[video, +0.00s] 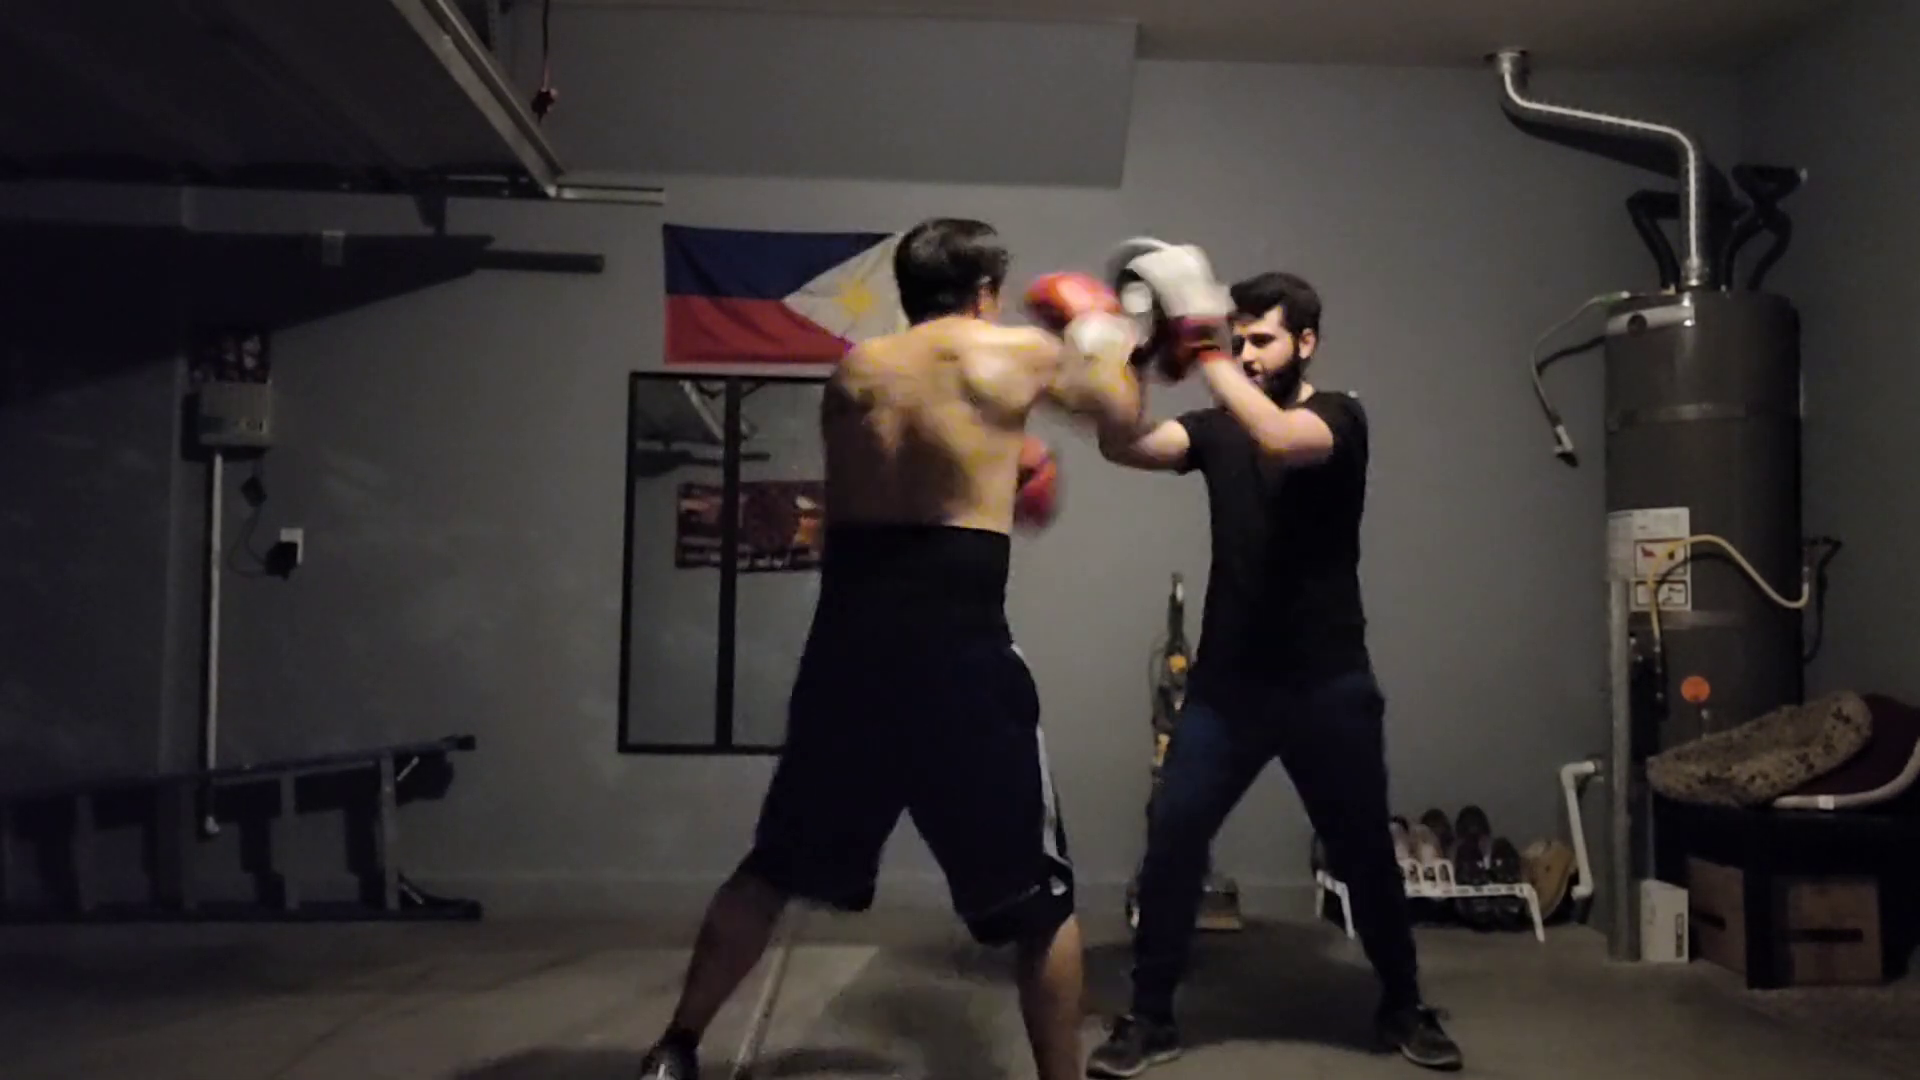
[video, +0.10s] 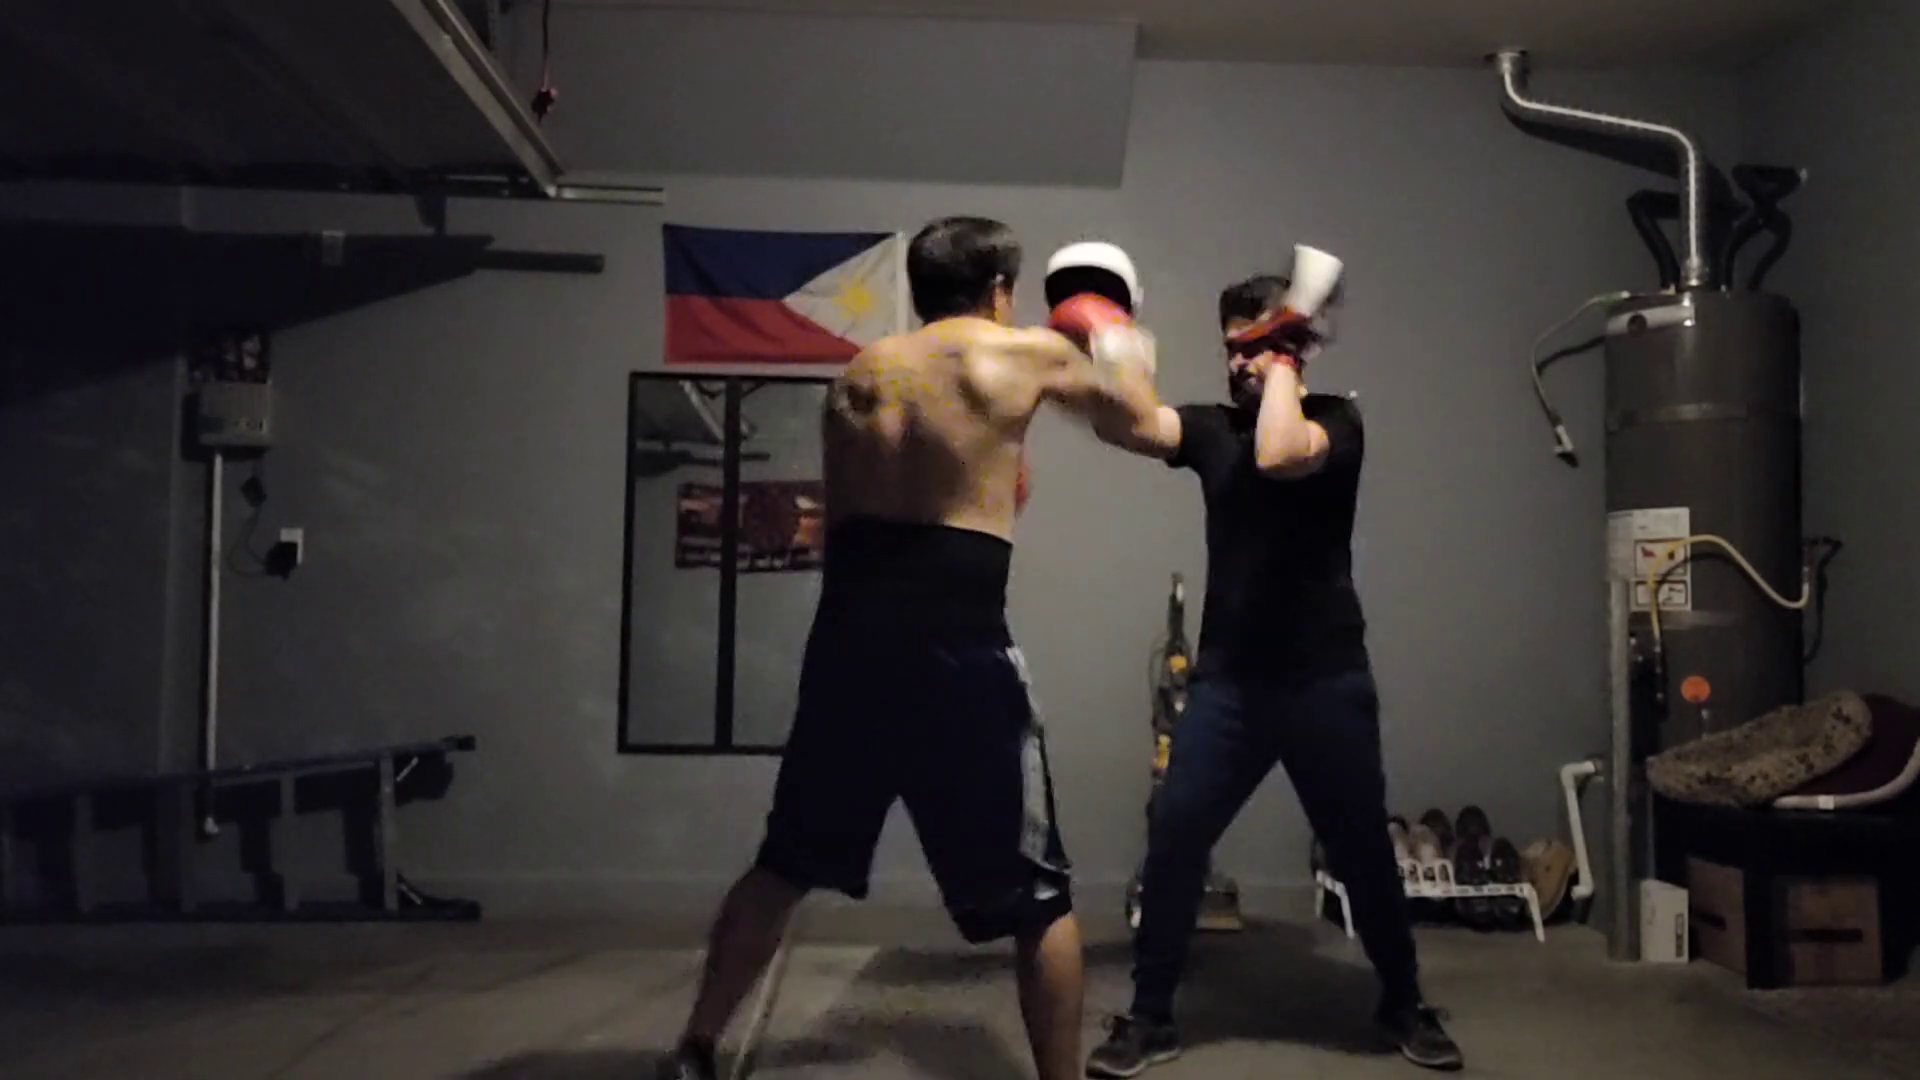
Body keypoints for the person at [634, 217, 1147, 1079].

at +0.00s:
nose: (1003, 300)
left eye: (998, 289)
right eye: (1001, 289)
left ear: (910, 290)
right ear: (985, 293)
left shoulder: (852, 370)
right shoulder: (1020, 352)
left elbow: (872, 496)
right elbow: (1124, 408)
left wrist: (1005, 482)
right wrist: (1102, 337)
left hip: (848, 651)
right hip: (958, 653)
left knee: (775, 861)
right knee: (1041, 890)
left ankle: (676, 1047)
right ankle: (1063, 1070)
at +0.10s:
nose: (1018, 302)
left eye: (1013, 291)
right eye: (1015, 292)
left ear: (919, 292)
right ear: (998, 294)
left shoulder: (855, 372)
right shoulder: (1029, 353)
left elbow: (842, 521)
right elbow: (1149, 423)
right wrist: (1128, 354)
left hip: (849, 647)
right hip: (960, 648)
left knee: (787, 861)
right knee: (1038, 890)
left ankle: (696, 1047)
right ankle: (1064, 1072)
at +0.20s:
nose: (1014, 315)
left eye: (1010, 300)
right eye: (1012, 301)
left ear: (921, 301)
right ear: (995, 306)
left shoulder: (861, 381)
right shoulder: (1006, 387)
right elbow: (1086, 510)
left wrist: (1046, 412)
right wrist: (1100, 423)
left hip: (847, 651)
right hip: (955, 653)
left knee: (781, 885)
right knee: (1041, 891)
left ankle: (709, 1068)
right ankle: (1064, 1071)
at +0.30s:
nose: (1016, 311)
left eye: (1012, 299)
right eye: (1014, 299)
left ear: (922, 300)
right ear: (1000, 303)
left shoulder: (867, 377)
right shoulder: (1019, 375)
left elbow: (925, 479)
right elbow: (1102, 492)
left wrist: (1026, 453)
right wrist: (1118, 395)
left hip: (857, 644)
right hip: (967, 647)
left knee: (782, 875)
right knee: (1047, 885)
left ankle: (701, 1064)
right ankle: (1066, 1068)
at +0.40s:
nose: (1031, 306)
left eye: (1026, 294)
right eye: (1029, 295)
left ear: (939, 300)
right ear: (1016, 301)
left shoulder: (872, 381)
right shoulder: (1046, 365)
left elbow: (847, 519)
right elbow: (1147, 398)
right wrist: (1132, 336)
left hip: (867, 649)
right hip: (976, 653)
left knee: (790, 861)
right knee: (1052, 888)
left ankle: (694, 1043)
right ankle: (1070, 1071)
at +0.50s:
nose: (1038, 301)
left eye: (1034, 289)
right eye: (1035, 289)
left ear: (942, 291)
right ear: (1021, 293)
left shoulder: (881, 366)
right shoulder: (1053, 366)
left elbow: (892, 476)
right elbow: (1137, 462)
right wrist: (1132, 374)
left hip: (863, 627)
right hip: (972, 635)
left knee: (789, 853)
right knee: (1046, 883)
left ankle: (696, 1046)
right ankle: (1070, 1070)